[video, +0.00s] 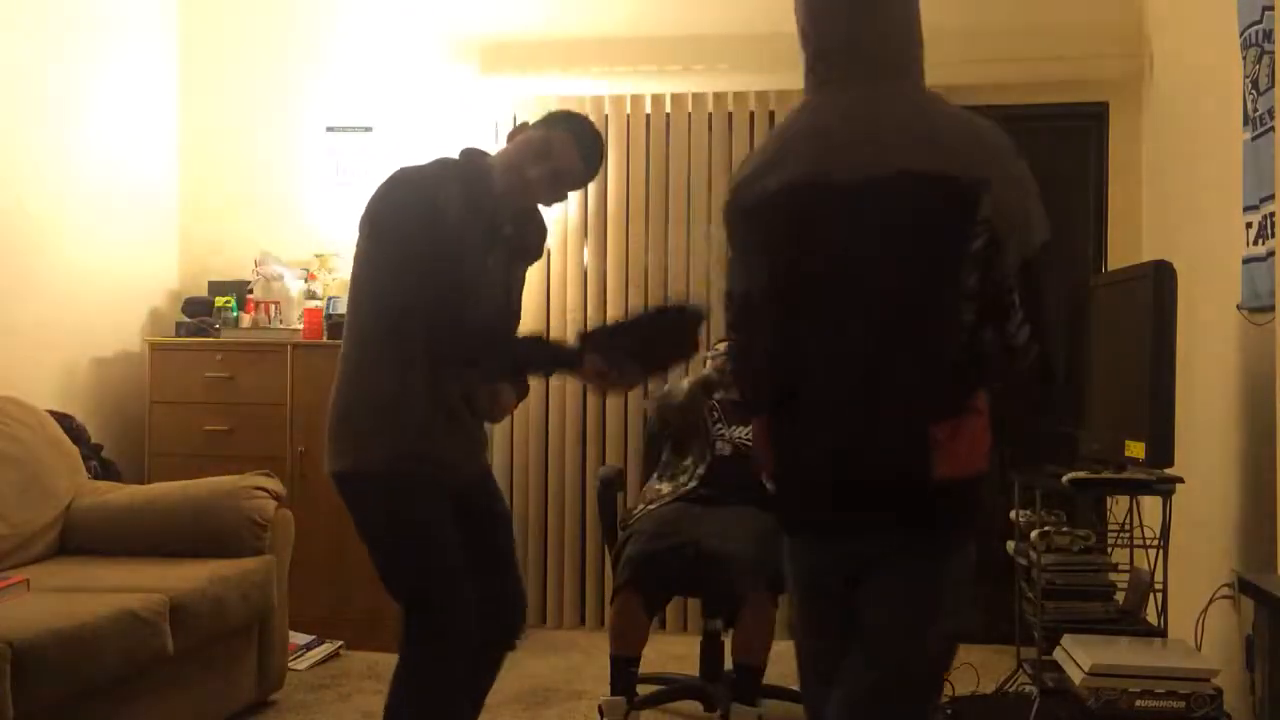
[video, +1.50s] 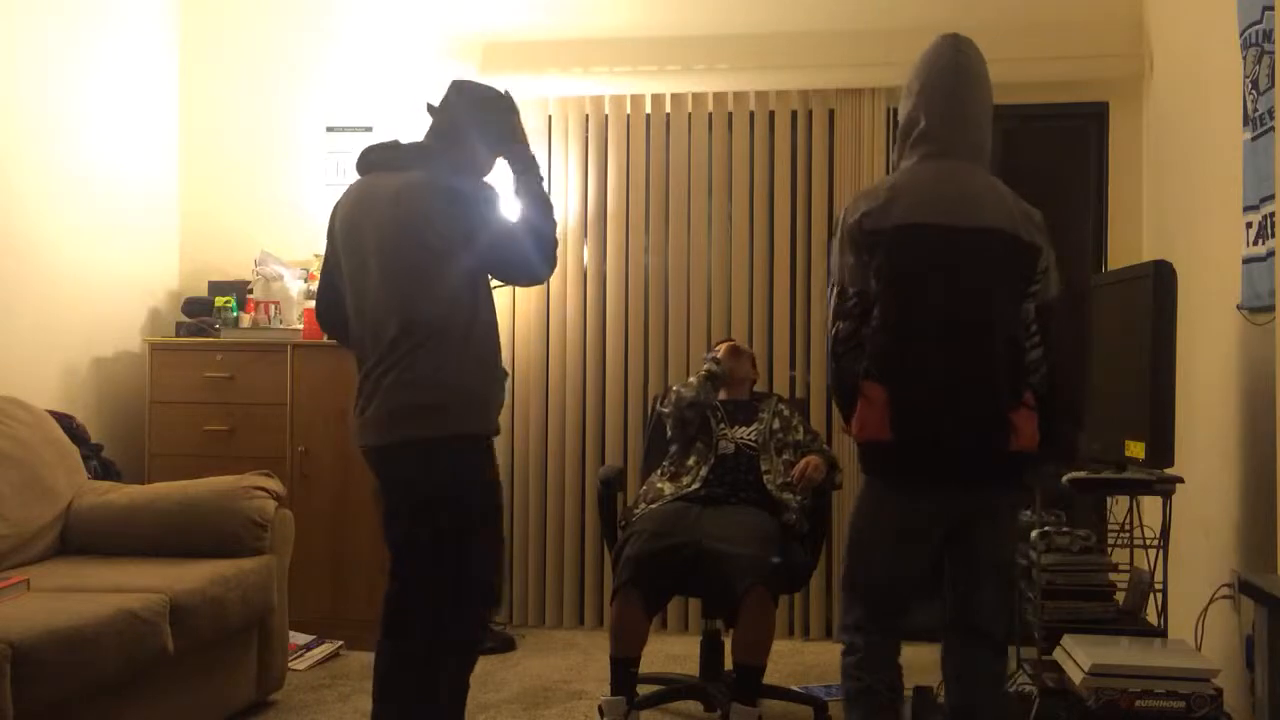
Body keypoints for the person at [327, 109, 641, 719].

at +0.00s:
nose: (545, 190)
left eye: (562, 188)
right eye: (548, 165)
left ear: (566, 194)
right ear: (522, 135)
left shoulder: (517, 238)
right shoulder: (419, 193)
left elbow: (498, 349)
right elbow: (441, 337)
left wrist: (506, 389)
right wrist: (563, 356)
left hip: (453, 448)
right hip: (382, 444)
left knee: (498, 612)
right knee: (444, 621)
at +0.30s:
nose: (531, 154)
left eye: (550, 157)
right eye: (534, 129)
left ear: (554, 170)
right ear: (513, 103)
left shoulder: (496, 204)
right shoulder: (421, 150)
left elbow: (482, 308)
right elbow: (535, 204)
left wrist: (506, 346)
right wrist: (608, 123)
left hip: (449, 431)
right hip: (386, 423)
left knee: (442, 617)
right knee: (413, 615)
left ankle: (424, 716)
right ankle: (397, 715)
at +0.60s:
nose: (533, 177)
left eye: (545, 169)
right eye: (540, 159)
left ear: (521, 129)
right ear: (519, 123)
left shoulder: (464, 179)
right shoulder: (427, 158)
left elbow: (438, 305)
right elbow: (545, 230)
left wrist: (497, 342)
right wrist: (602, 133)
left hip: (437, 432)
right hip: (387, 430)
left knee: (446, 618)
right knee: (407, 621)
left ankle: (429, 715)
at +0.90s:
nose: (537, 176)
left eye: (547, 164)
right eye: (542, 159)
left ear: (493, 122)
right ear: (509, 130)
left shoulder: (419, 171)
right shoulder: (452, 178)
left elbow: (546, 260)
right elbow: (558, 259)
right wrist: (595, 160)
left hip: (387, 427)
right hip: (408, 433)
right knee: (446, 588)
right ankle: (415, 712)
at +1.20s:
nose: (511, 164)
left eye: (518, 153)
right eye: (514, 150)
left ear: (463, 117)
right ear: (494, 130)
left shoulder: (367, 183)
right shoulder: (471, 176)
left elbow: (332, 305)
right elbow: (544, 260)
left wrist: (395, 342)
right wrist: (549, 162)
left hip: (377, 420)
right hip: (443, 422)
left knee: (418, 603)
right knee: (432, 609)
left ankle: (396, 712)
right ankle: (399, 714)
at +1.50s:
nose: (492, 164)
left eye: (493, 152)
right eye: (492, 152)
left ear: (439, 128)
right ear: (476, 141)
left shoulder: (352, 202)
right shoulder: (454, 196)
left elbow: (334, 317)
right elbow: (533, 261)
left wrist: (397, 340)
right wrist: (522, 158)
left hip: (385, 424)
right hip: (450, 425)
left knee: (417, 587)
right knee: (459, 600)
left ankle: (397, 708)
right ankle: (429, 711)